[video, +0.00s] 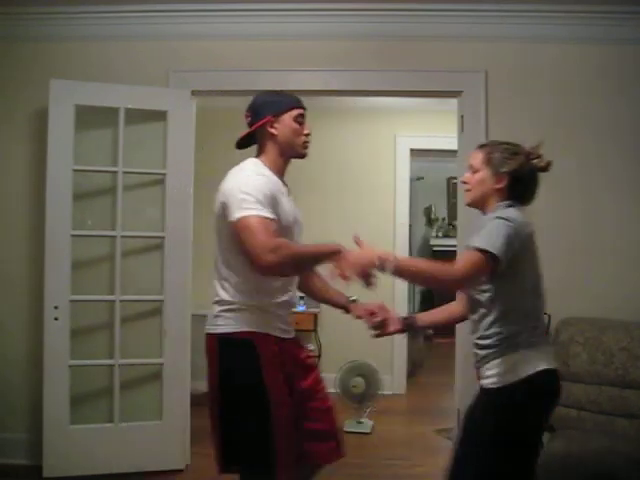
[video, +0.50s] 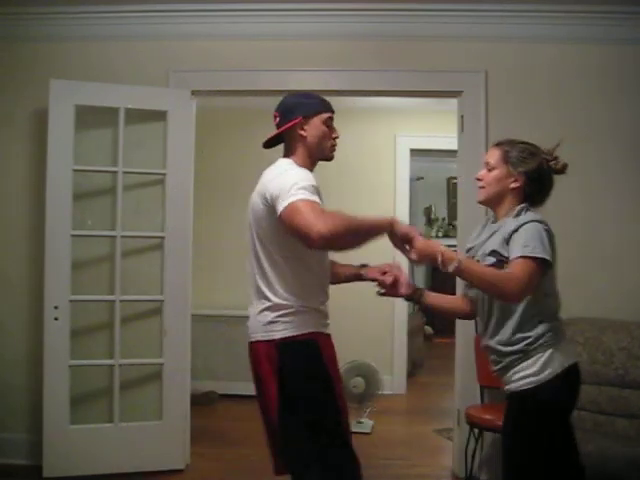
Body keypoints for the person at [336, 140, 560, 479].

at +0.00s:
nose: (464, 178)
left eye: (473, 171)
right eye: (467, 170)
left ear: (500, 180)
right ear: (498, 181)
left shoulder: (504, 223)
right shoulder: (496, 226)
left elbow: (457, 275)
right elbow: (463, 307)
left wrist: (381, 259)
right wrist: (402, 322)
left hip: (518, 382)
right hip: (509, 379)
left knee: (469, 473)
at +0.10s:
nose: (479, 179)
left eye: (488, 171)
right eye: (481, 170)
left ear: (514, 180)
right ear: (509, 181)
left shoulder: (519, 228)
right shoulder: (507, 228)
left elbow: (475, 296)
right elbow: (476, 300)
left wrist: (402, 279)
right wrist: (422, 305)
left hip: (536, 381)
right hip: (518, 379)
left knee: (515, 474)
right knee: (508, 472)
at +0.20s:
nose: (485, 180)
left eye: (495, 173)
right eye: (488, 172)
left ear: (521, 185)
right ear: (519, 186)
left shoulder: (527, 232)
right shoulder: (513, 229)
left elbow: (496, 311)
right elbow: (489, 292)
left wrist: (426, 296)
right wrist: (432, 288)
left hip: (549, 382)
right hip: (534, 379)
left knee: (510, 471)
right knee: (545, 473)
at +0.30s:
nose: (487, 179)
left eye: (497, 172)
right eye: (490, 171)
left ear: (523, 185)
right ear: (520, 186)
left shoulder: (531, 231)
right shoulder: (512, 229)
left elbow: (509, 309)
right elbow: (494, 295)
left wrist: (436, 286)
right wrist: (438, 284)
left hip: (556, 382)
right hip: (541, 379)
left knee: (498, 471)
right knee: (555, 475)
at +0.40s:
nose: (485, 175)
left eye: (495, 168)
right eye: (488, 167)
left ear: (521, 180)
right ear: (515, 181)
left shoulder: (531, 226)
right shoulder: (498, 231)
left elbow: (515, 296)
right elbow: (478, 304)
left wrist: (443, 270)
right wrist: (427, 283)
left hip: (554, 376)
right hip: (535, 376)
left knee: (507, 471)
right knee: (562, 473)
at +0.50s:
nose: (478, 175)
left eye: (488, 168)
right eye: (481, 168)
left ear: (515, 180)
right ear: (511, 181)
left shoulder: (530, 228)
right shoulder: (485, 235)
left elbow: (514, 287)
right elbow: (471, 305)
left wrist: (444, 257)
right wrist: (412, 291)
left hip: (544, 378)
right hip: (518, 378)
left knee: (523, 470)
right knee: (550, 470)